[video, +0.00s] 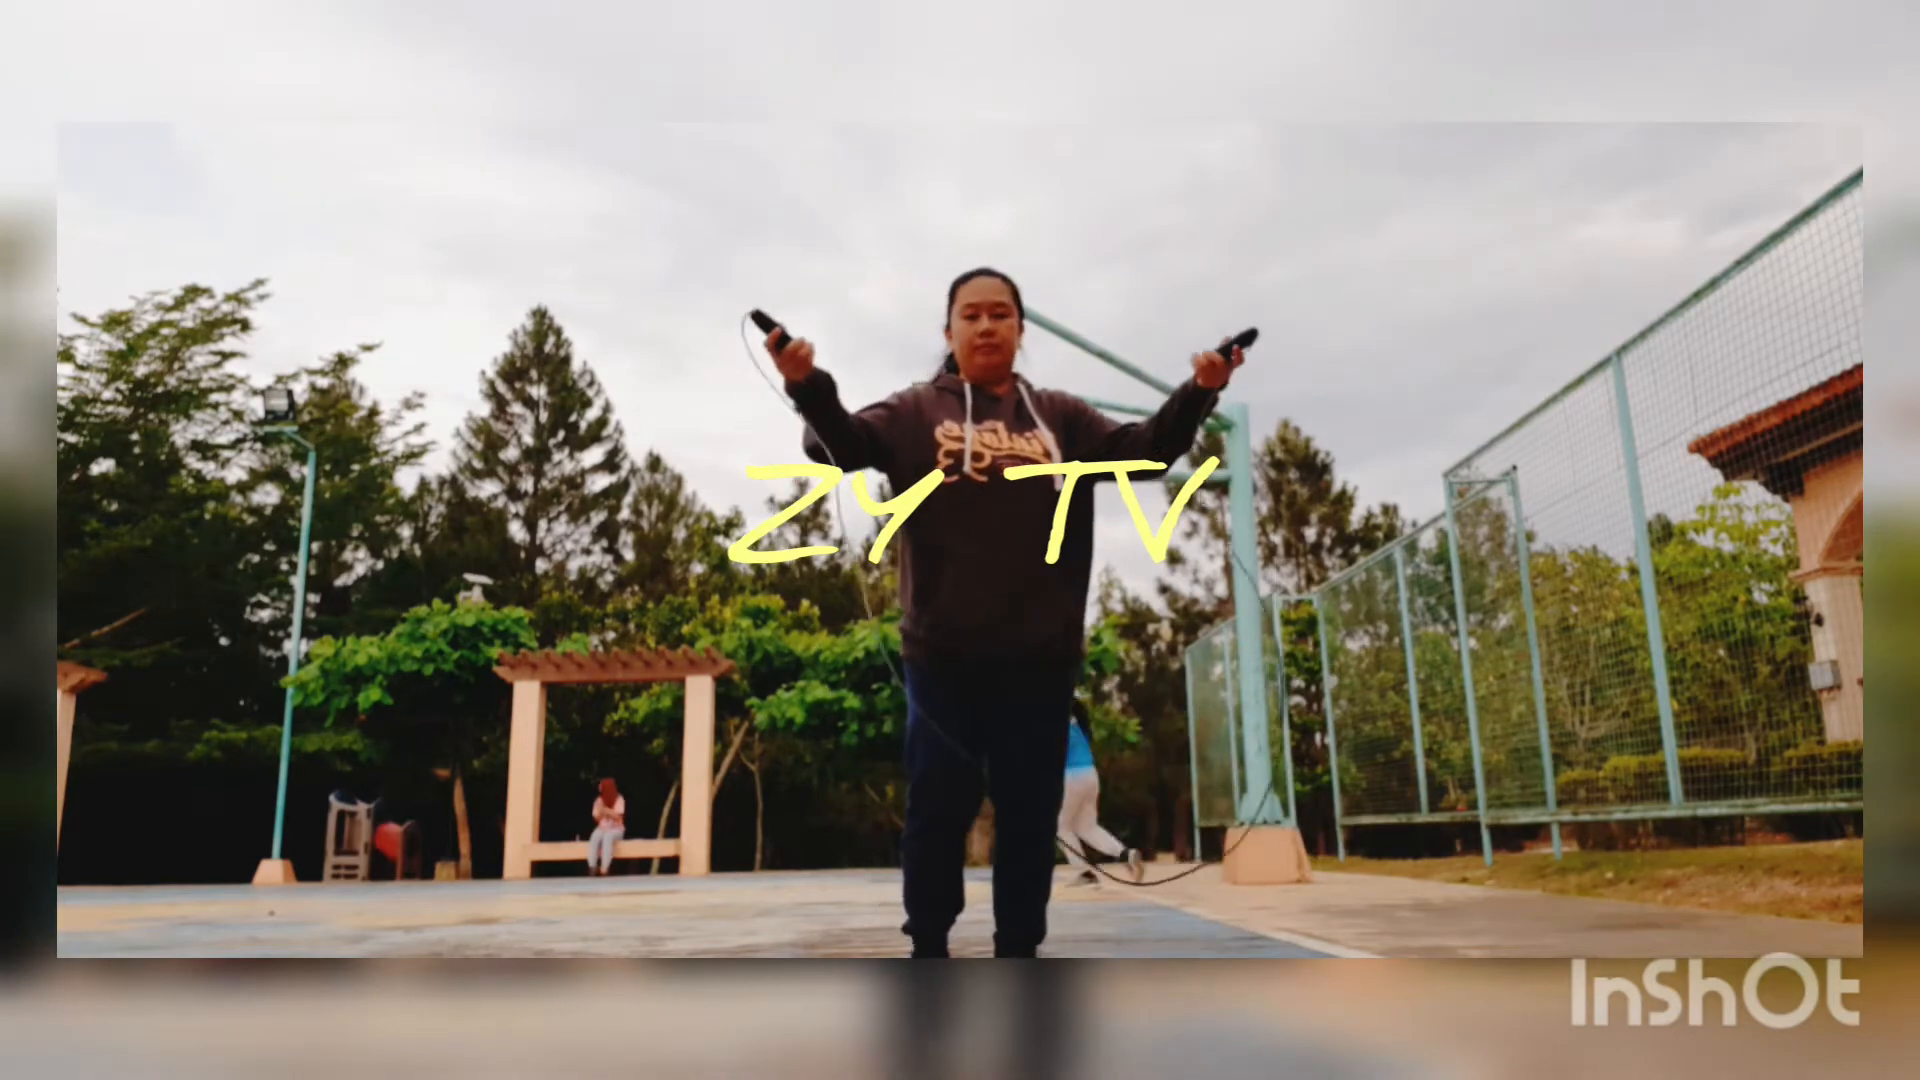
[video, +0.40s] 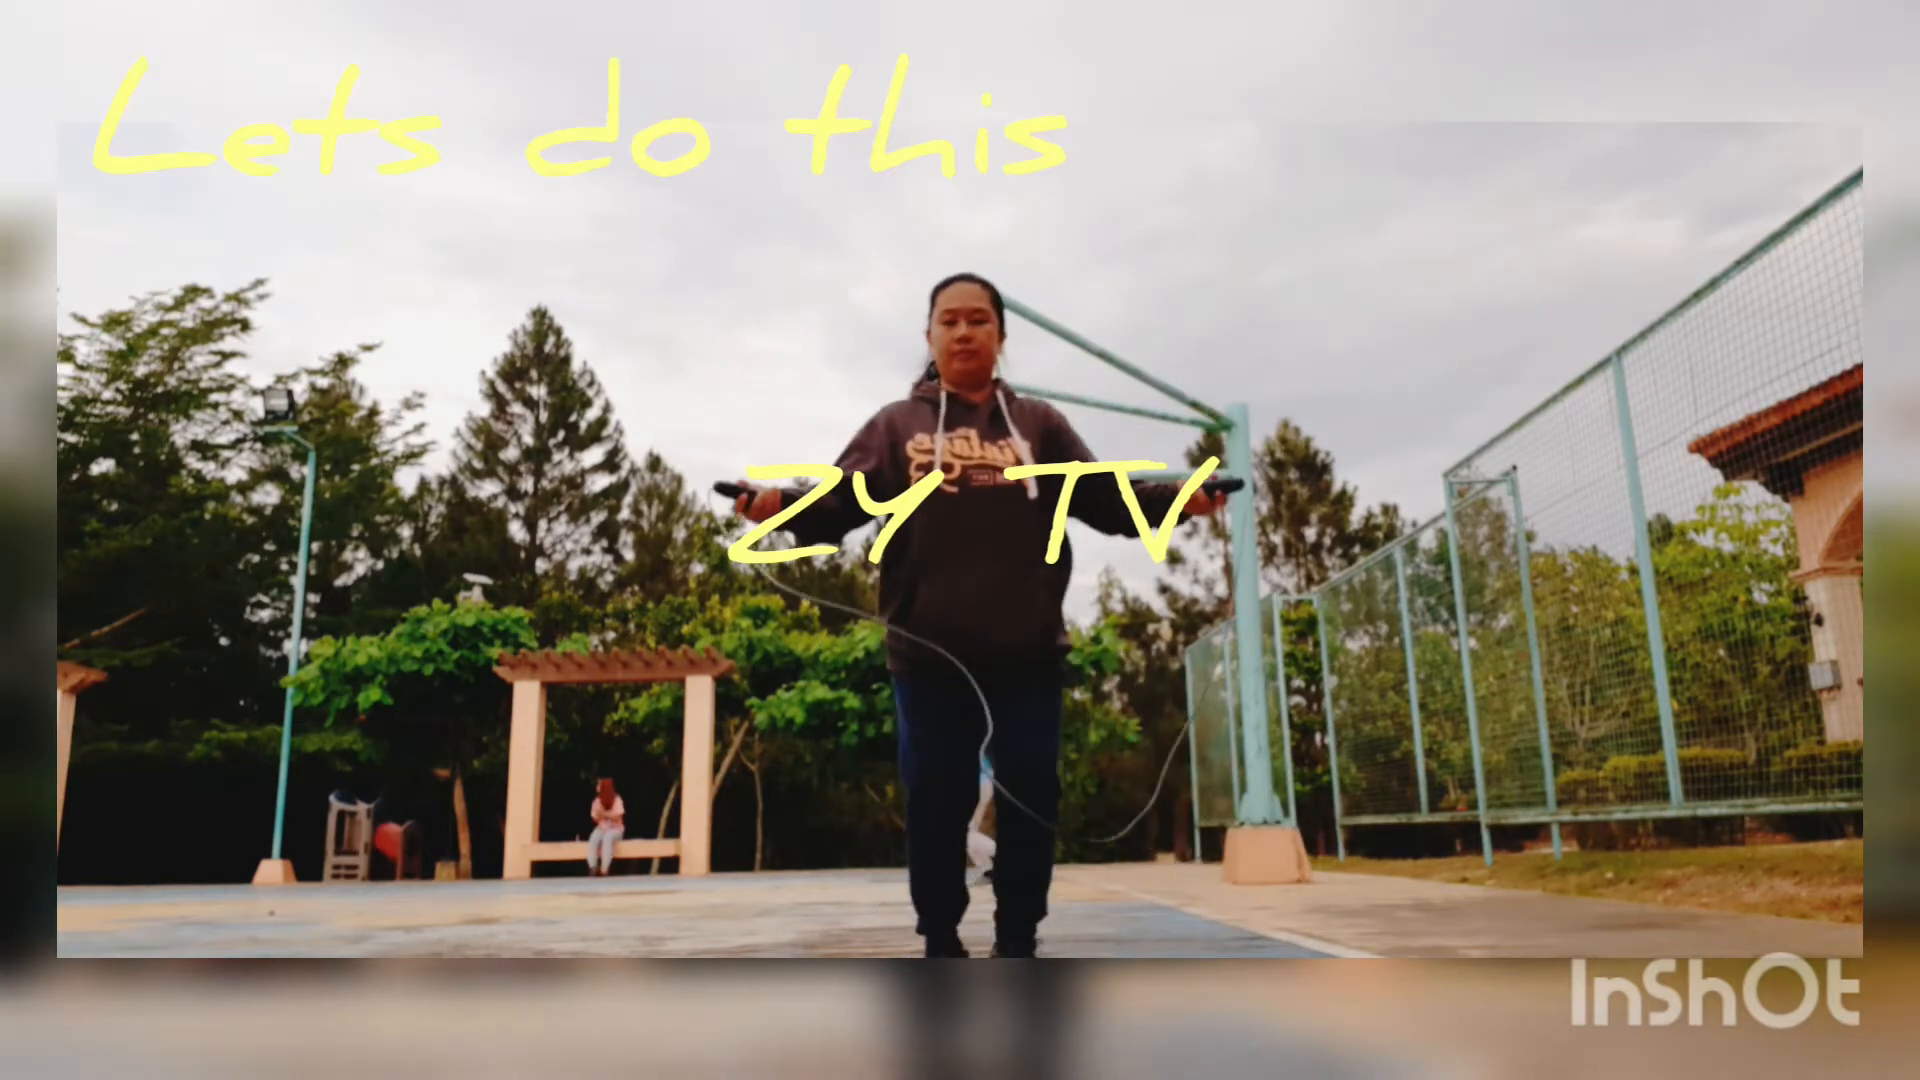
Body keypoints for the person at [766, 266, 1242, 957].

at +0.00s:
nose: (988, 326)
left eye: (1001, 314)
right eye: (972, 315)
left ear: (1022, 331)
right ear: (948, 333)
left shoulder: (1061, 416)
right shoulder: (915, 411)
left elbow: (1147, 448)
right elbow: (848, 446)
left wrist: (1200, 391)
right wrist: (807, 386)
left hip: (1039, 647)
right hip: (944, 647)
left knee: (1030, 812)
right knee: (939, 802)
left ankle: (1019, 952)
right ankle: (929, 949)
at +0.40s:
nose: (965, 332)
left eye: (978, 320)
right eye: (951, 320)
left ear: (1001, 336)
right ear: (930, 335)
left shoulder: (1041, 425)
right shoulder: (896, 426)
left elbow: (1103, 495)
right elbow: (837, 505)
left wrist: (1177, 496)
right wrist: (782, 507)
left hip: (1026, 646)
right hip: (929, 648)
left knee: (1030, 797)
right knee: (936, 799)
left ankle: (1018, 944)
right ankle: (940, 944)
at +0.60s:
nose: (948, 348)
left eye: (962, 337)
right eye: (933, 337)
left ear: (984, 357)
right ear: (912, 354)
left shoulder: (1021, 445)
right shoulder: (879, 453)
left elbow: (1073, 548)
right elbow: (828, 560)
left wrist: (1146, 625)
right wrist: (770, 638)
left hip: (1019, 645)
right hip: (925, 658)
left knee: (1025, 722)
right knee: (938, 812)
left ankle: (1010, 904)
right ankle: (942, 956)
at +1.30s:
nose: (943, 276)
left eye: (959, 265)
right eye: (929, 266)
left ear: (987, 287)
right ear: (907, 290)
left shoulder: (1032, 381)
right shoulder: (867, 384)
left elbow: (1106, 465)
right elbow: (812, 491)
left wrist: (1199, 416)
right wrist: (755, 447)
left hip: (1006, 620)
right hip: (902, 622)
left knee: (1007, 789)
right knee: (906, 789)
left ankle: (1008, 954)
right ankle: (896, 956)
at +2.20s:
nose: (948, 203)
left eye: (963, 190)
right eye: (932, 192)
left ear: (989, 212)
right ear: (912, 216)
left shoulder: (1040, 308)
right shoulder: (877, 320)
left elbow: (1110, 415)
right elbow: (819, 435)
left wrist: (1192, 484)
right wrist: (736, 511)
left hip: (1024, 550)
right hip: (922, 551)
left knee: (1017, 732)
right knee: (931, 733)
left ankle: (1008, 915)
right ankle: (948, 914)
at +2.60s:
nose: (952, 211)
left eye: (967, 199)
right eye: (937, 201)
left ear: (995, 220)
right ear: (918, 224)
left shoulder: (1046, 317)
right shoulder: (884, 326)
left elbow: (1107, 431)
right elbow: (831, 445)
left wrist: (1180, 501)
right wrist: (763, 532)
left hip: (1025, 556)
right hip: (922, 557)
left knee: (1018, 731)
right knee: (933, 730)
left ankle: (1015, 917)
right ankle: (950, 914)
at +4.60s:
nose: (966, 206)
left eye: (982, 194)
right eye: (951, 196)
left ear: (1009, 215)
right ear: (930, 218)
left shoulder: (1055, 311)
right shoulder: (892, 325)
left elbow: (1121, 437)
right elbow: (840, 451)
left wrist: (1210, 486)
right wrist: (759, 515)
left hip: (1042, 564)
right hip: (936, 569)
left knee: (1039, 750)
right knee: (952, 751)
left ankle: (1040, 931)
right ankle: (967, 932)